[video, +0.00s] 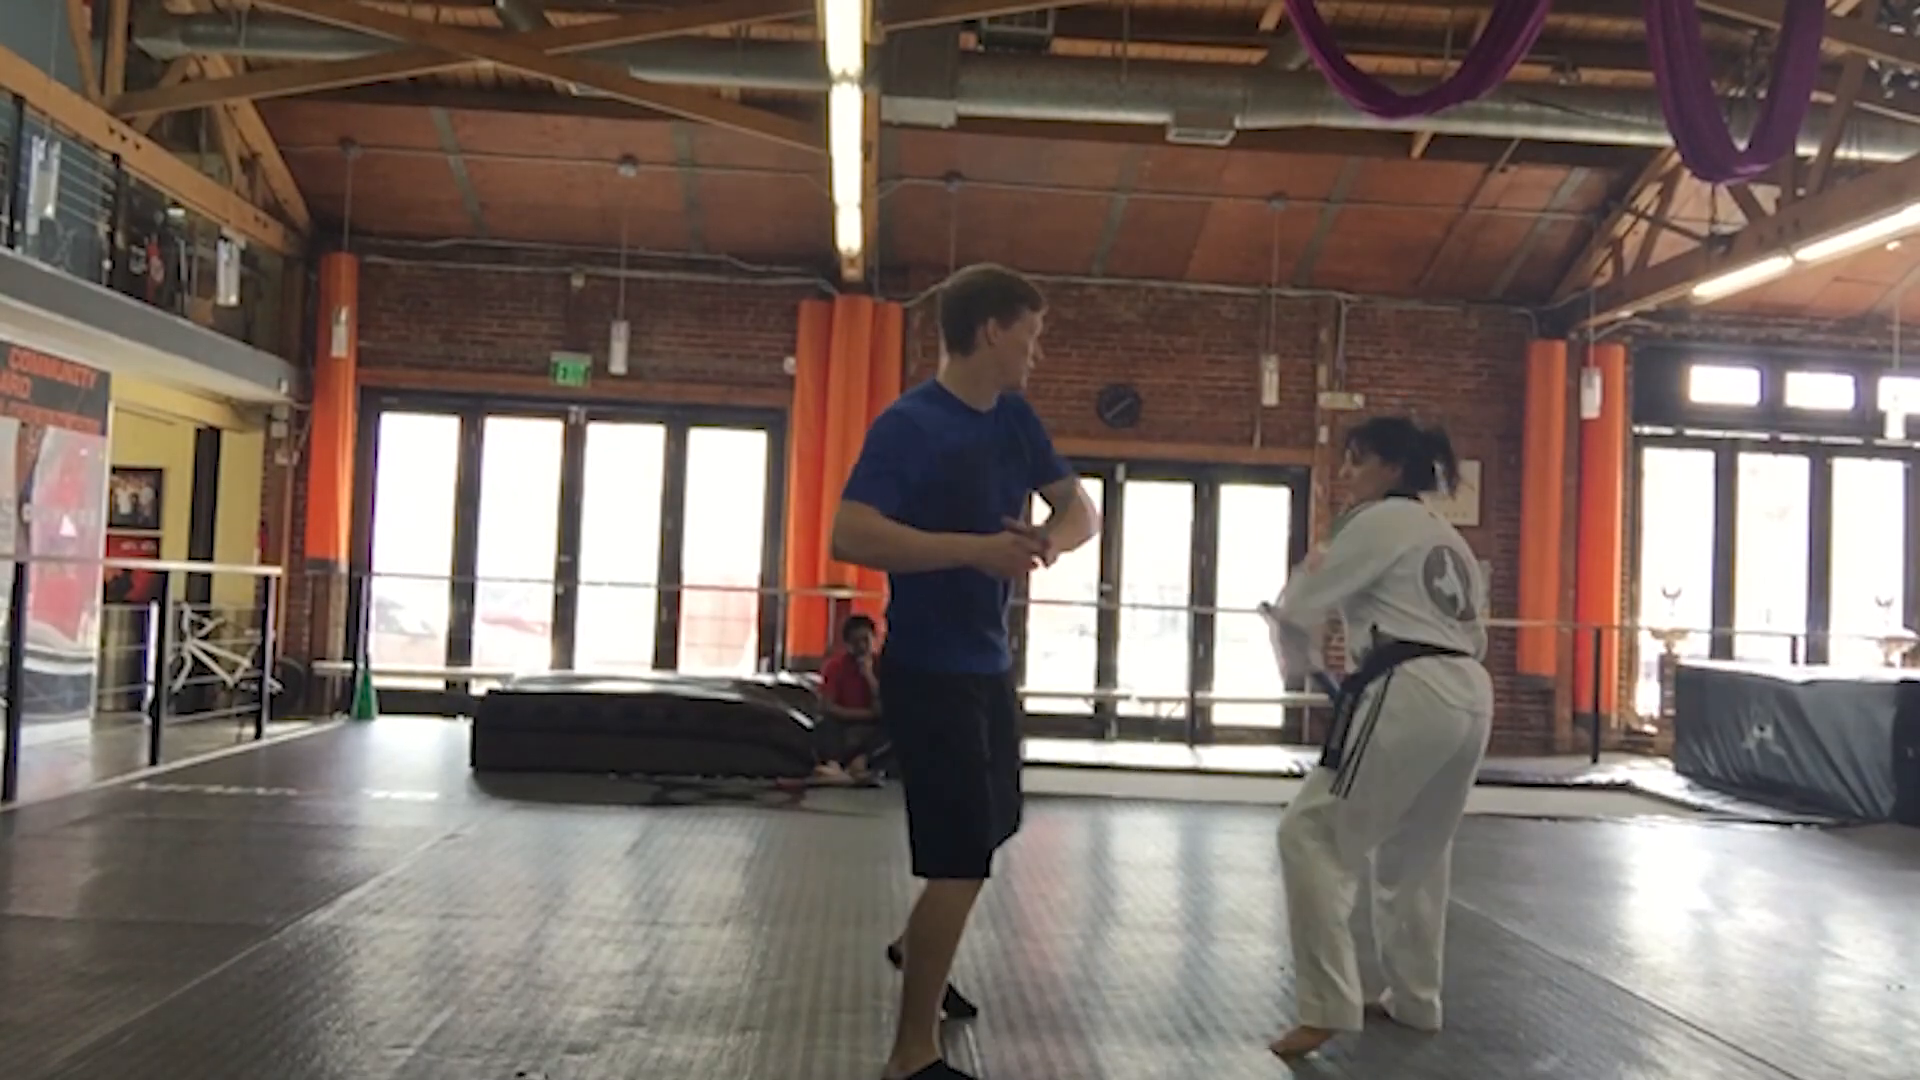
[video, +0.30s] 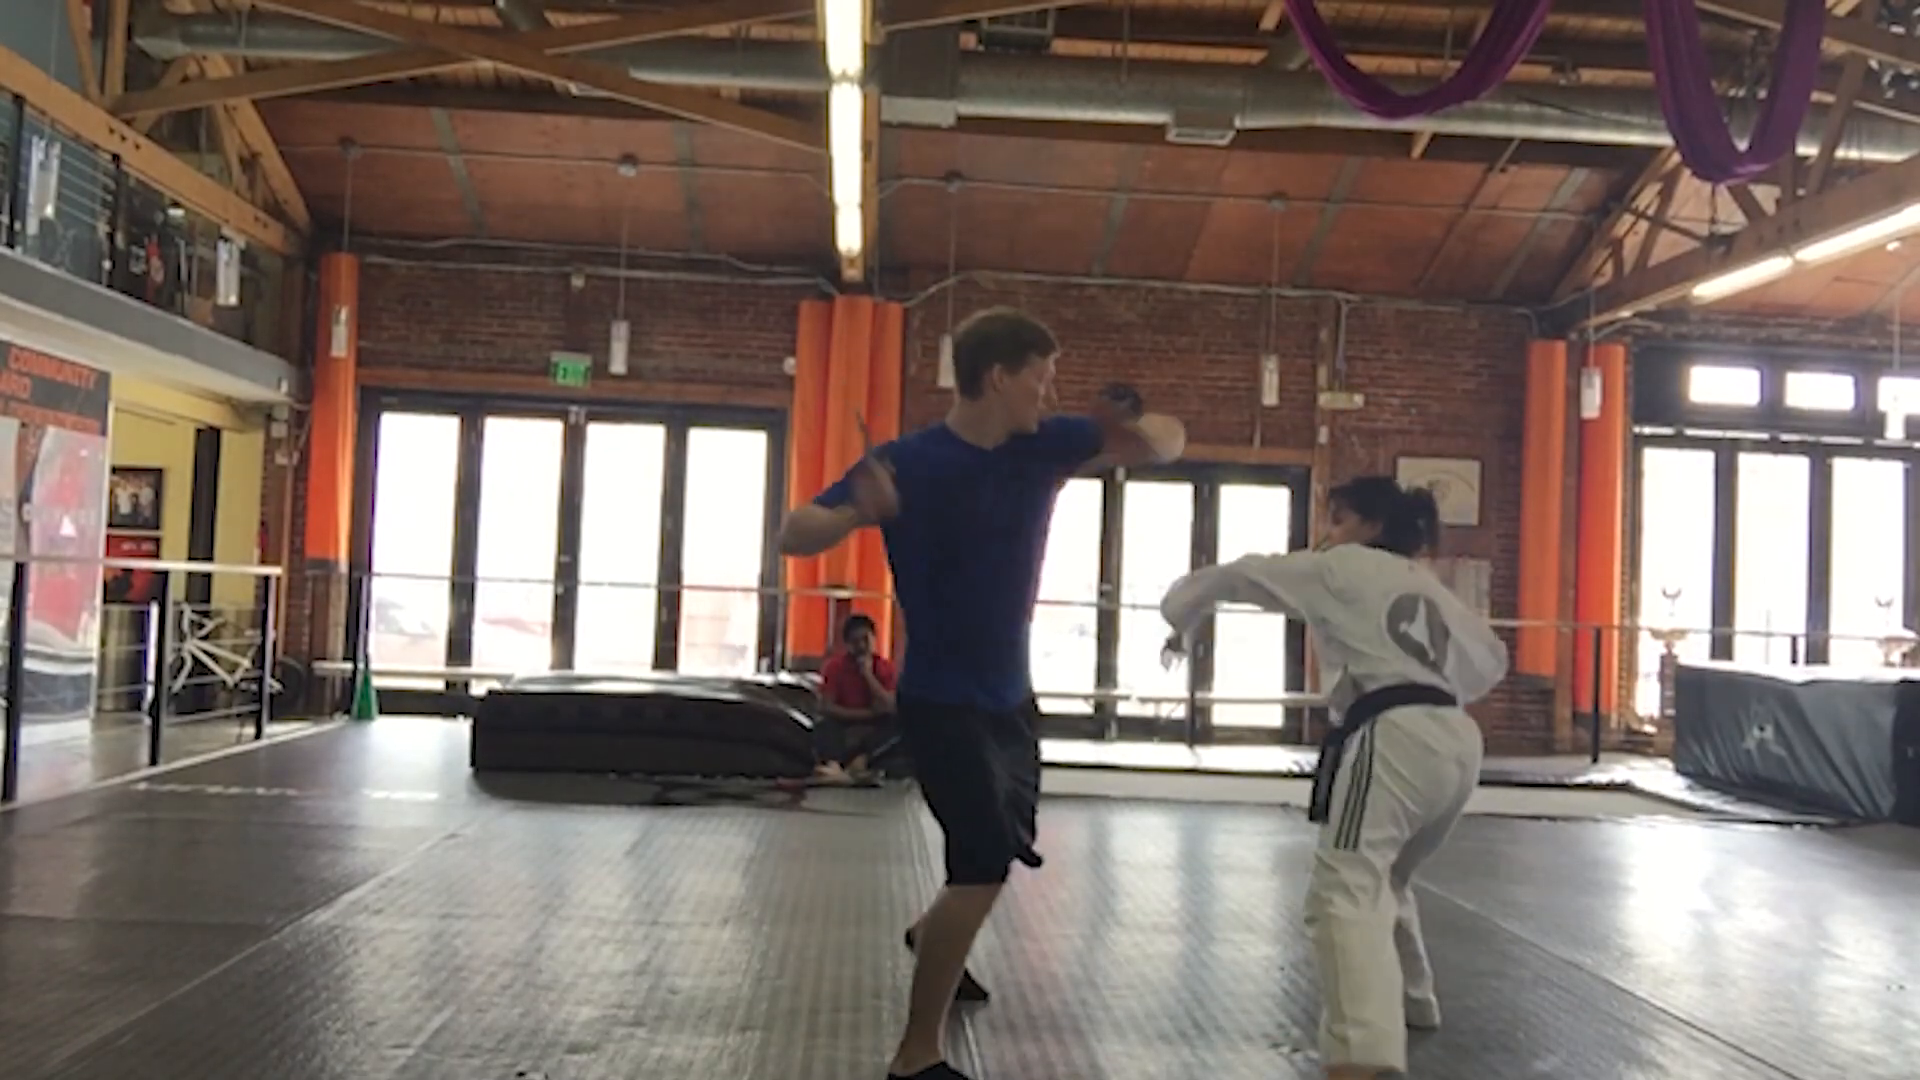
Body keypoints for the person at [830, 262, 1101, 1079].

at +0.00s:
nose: (1036, 352)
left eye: (1038, 337)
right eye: (1031, 336)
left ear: (994, 335)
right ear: (989, 332)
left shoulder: (1014, 419)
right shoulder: (910, 423)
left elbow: (1078, 508)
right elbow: (851, 531)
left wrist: (1051, 540)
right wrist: (973, 548)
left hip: (987, 666)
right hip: (930, 670)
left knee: (992, 824)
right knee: (960, 862)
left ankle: (921, 944)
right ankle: (912, 1057)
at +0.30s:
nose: (1047, 393)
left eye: (1049, 380)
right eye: (1040, 378)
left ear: (1010, 380)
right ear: (994, 378)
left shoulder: (1043, 444)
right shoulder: (910, 462)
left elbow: (1169, 443)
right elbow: (792, 536)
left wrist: (1138, 423)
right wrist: (850, 514)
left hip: (1009, 697)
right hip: (941, 699)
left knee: (1002, 841)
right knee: (980, 866)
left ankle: (937, 935)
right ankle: (917, 1058)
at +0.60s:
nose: (1070, 397)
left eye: (1068, 386)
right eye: (1065, 386)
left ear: (991, 378)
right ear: (1039, 386)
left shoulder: (931, 437)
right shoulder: (1022, 430)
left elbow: (874, 457)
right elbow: (1128, 382)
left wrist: (941, 430)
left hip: (939, 675)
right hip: (994, 675)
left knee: (978, 827)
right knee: (1055, 852)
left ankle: (925, 968)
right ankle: (956, 1008)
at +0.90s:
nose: (1081, 478)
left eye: (1086, 468)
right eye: (1083, 465)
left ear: (1019, 440)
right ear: (1058, 452)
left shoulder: (943, 465)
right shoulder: (1056, 529)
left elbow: (865, 541)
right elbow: (1031, 618)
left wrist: (907, 580)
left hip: (924, 697)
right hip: (1006, 706)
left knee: (939, 824)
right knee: (1060, 876)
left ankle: (909, 974)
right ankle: (1039, 1050)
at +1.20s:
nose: (1064, 523)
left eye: (1070, 516)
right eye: (1067, 512)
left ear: (1017, 472)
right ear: (1044, 486)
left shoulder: (940, 496)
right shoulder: (1037, 519)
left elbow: (937, 586)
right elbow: (1068, 588)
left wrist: (1010, 634)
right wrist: (1004, 557)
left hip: (901, 702)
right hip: (983, 707)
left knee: (941, 826)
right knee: (1079, 871)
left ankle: (909, 976)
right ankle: (1069, 1012)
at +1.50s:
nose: (1057, 452)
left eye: (1055, 442)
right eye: (1057, 443)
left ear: (988, 433)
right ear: (1045, 450)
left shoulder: (936, 477)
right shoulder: (1056, 524)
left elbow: (822, 481)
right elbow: (1117, 597)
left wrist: (830, 554)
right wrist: (1047, 599)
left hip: (921, 703)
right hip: (1007, 711)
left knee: (905, 833)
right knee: (1057, 870)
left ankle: (897, 969)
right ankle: (1103, 998)